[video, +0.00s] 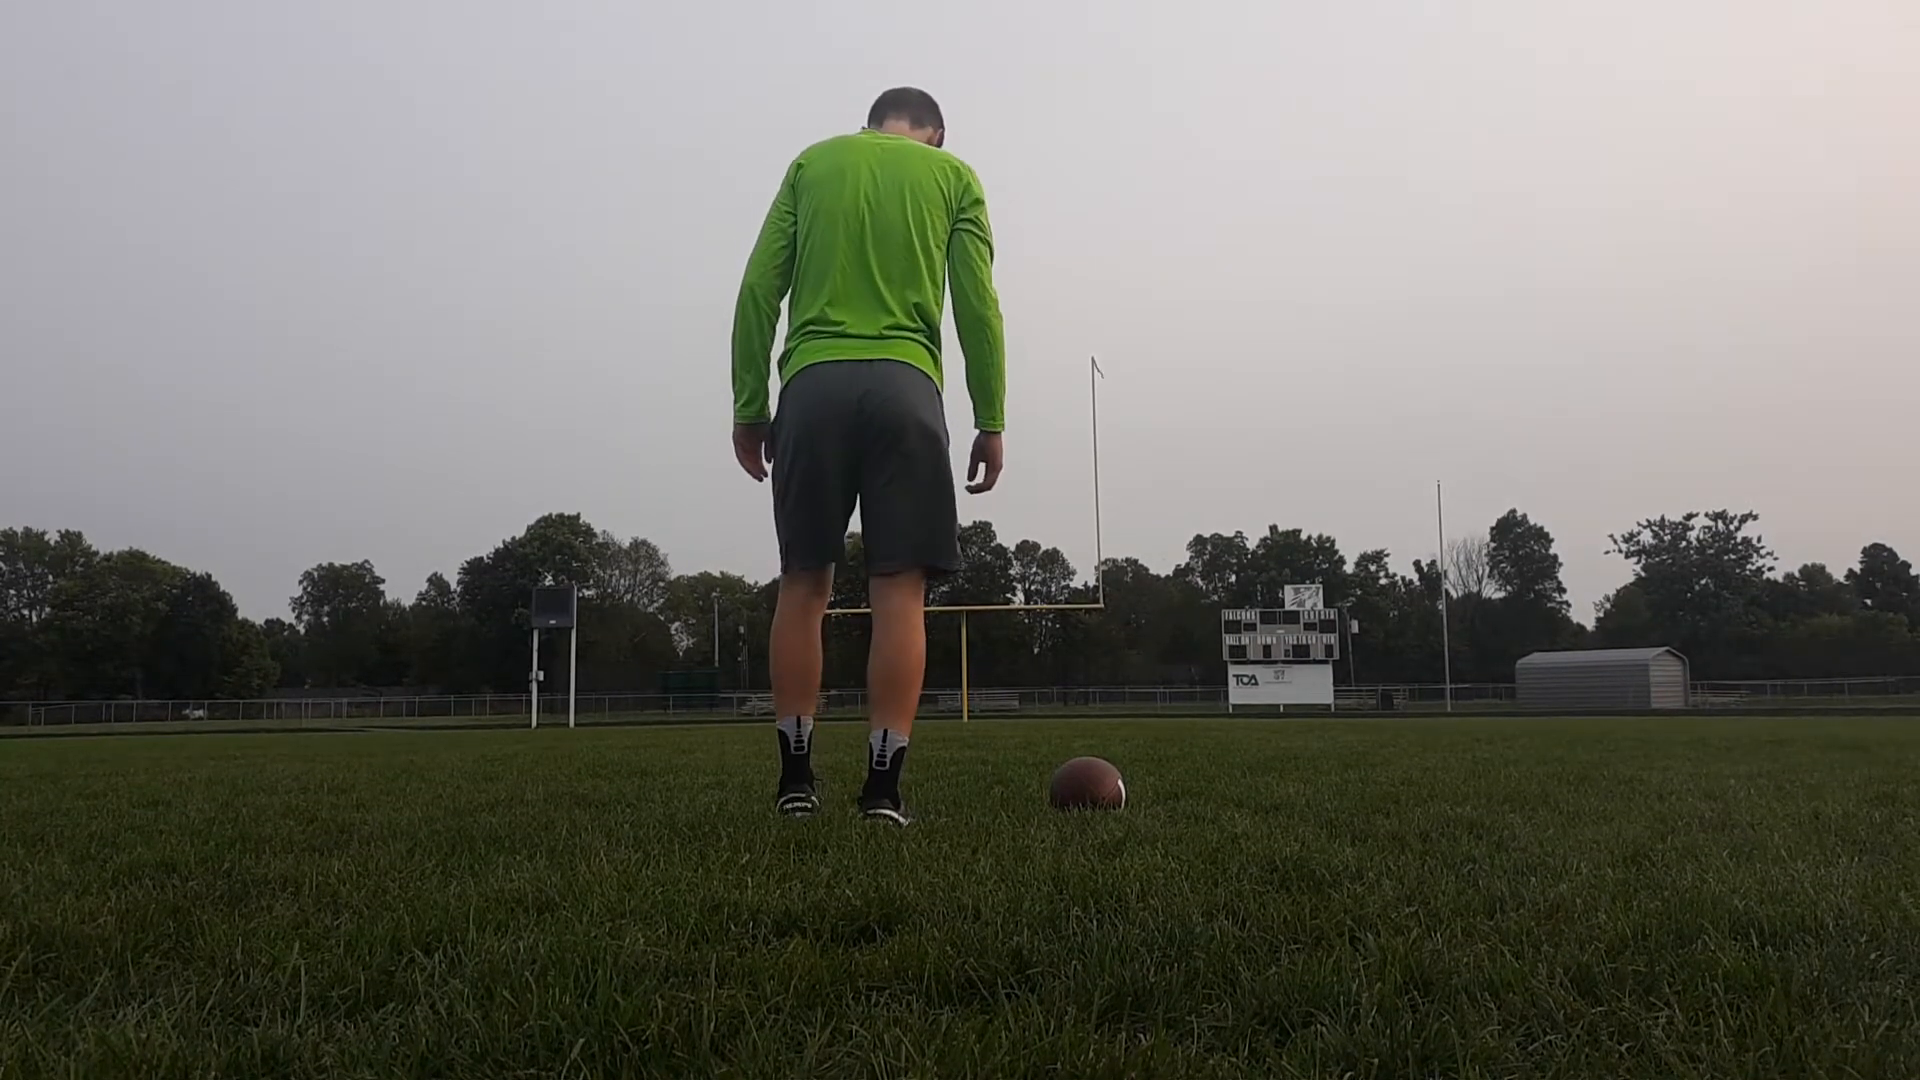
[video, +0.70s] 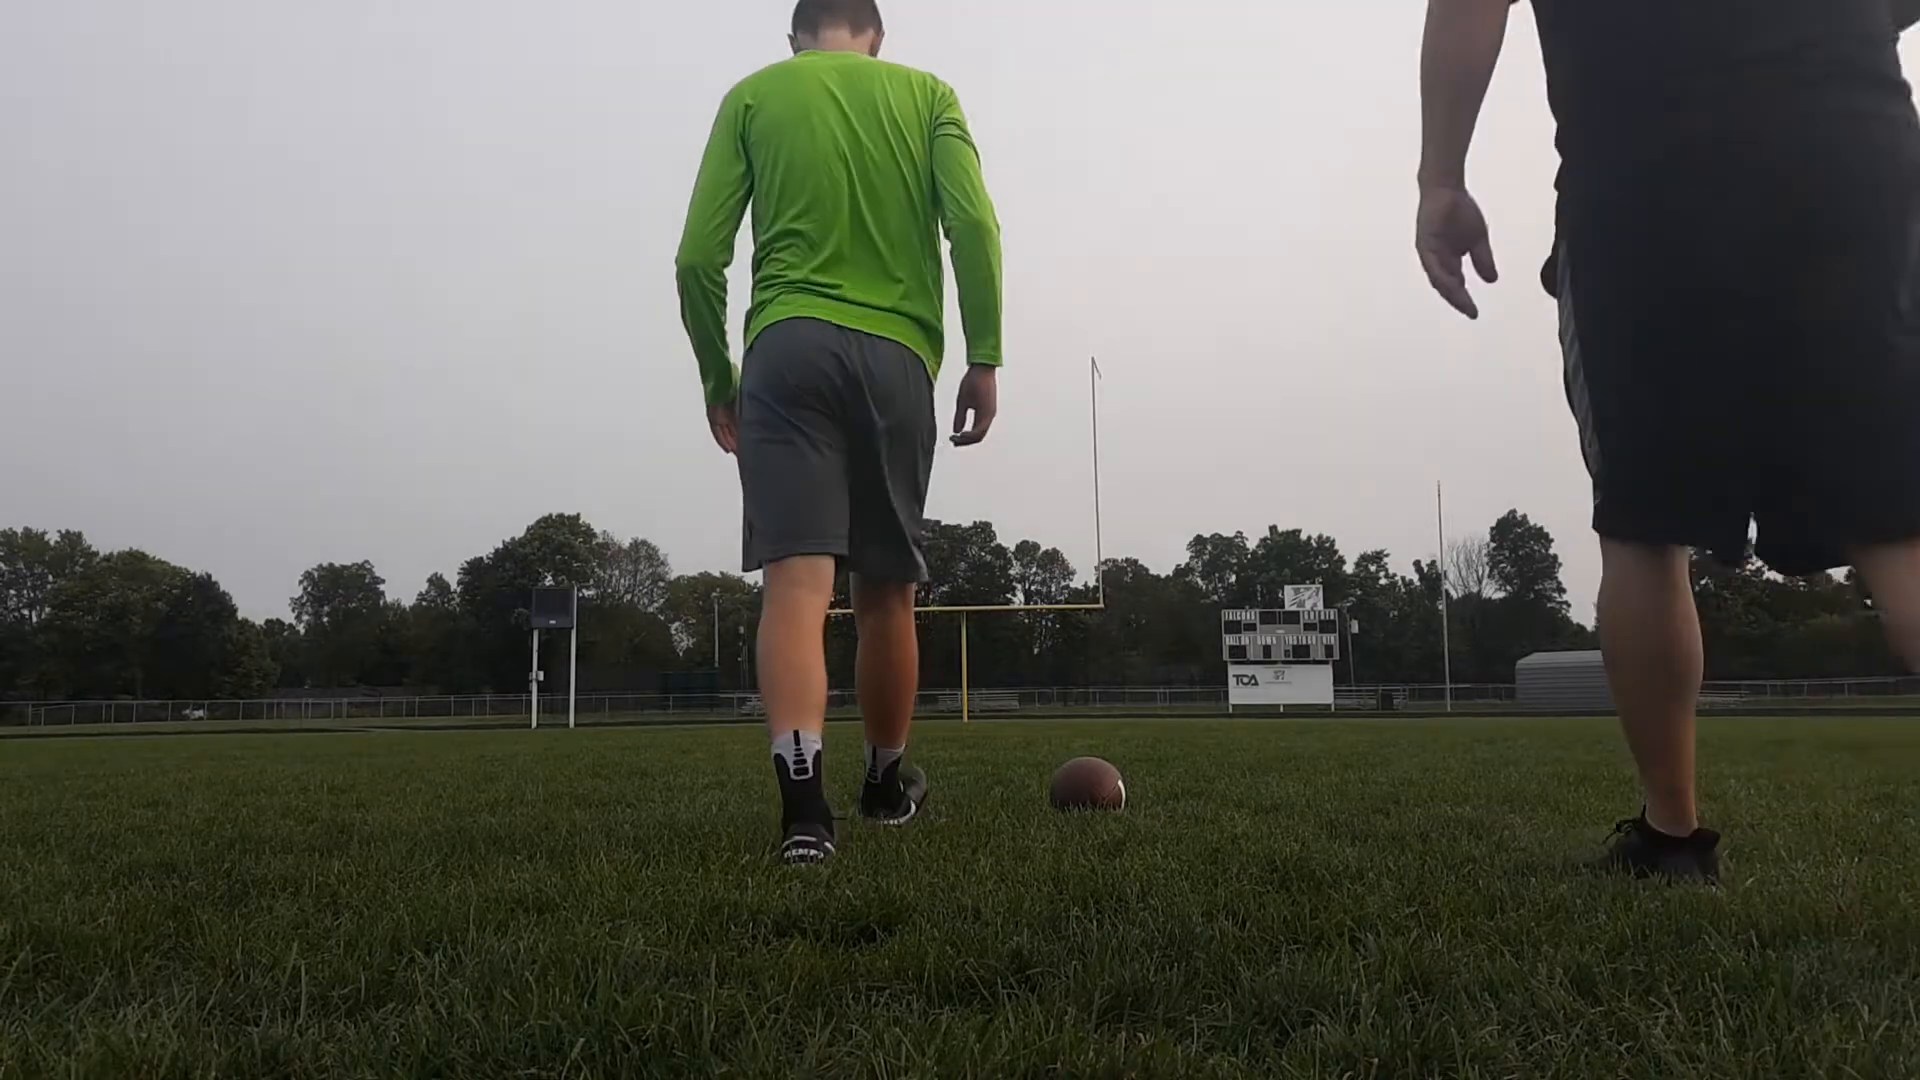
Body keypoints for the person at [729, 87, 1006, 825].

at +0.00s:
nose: (938, 156)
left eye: (933, 146)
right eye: (941, 145)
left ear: (871, 121)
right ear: (932, 132)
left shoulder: (812, 162)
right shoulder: (952, 174)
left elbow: (759, 287)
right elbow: (977, 300)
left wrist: (749, 408)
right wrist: (991, 420)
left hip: (814, 387)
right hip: (907, 390)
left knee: (802, 584)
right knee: (900, 590)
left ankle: (795, 781)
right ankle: (883, 792)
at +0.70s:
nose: (868, 50)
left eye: (819, 40)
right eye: (873, 38)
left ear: (797, 34)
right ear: (874, 33)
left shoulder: (754, 93)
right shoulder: (923, 91)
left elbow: (698, 258)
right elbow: (972, 219)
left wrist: (720, 384)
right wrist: (983, 357)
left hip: (788, 342)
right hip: (894, 350)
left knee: (795, 582)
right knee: (887, 586)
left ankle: (804, 818)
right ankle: (887, 786)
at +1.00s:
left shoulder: (726, 16)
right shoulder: (915, 11)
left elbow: (676, 184)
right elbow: (952, 122)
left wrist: (688, 339)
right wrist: (972, 281)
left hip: (768, 282)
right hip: (884, 281)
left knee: (790, 553)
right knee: (902, 541)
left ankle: (804, 819)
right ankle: (892, 789)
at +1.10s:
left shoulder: (718, 10)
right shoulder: (917, 7)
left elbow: (665, 164)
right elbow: (952, 113)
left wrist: (669, 327)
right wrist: (977, 279)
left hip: (761, 278)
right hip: (880, 277)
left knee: (787, 555)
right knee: (908, 537)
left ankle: (802, 826)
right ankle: (890, 763)